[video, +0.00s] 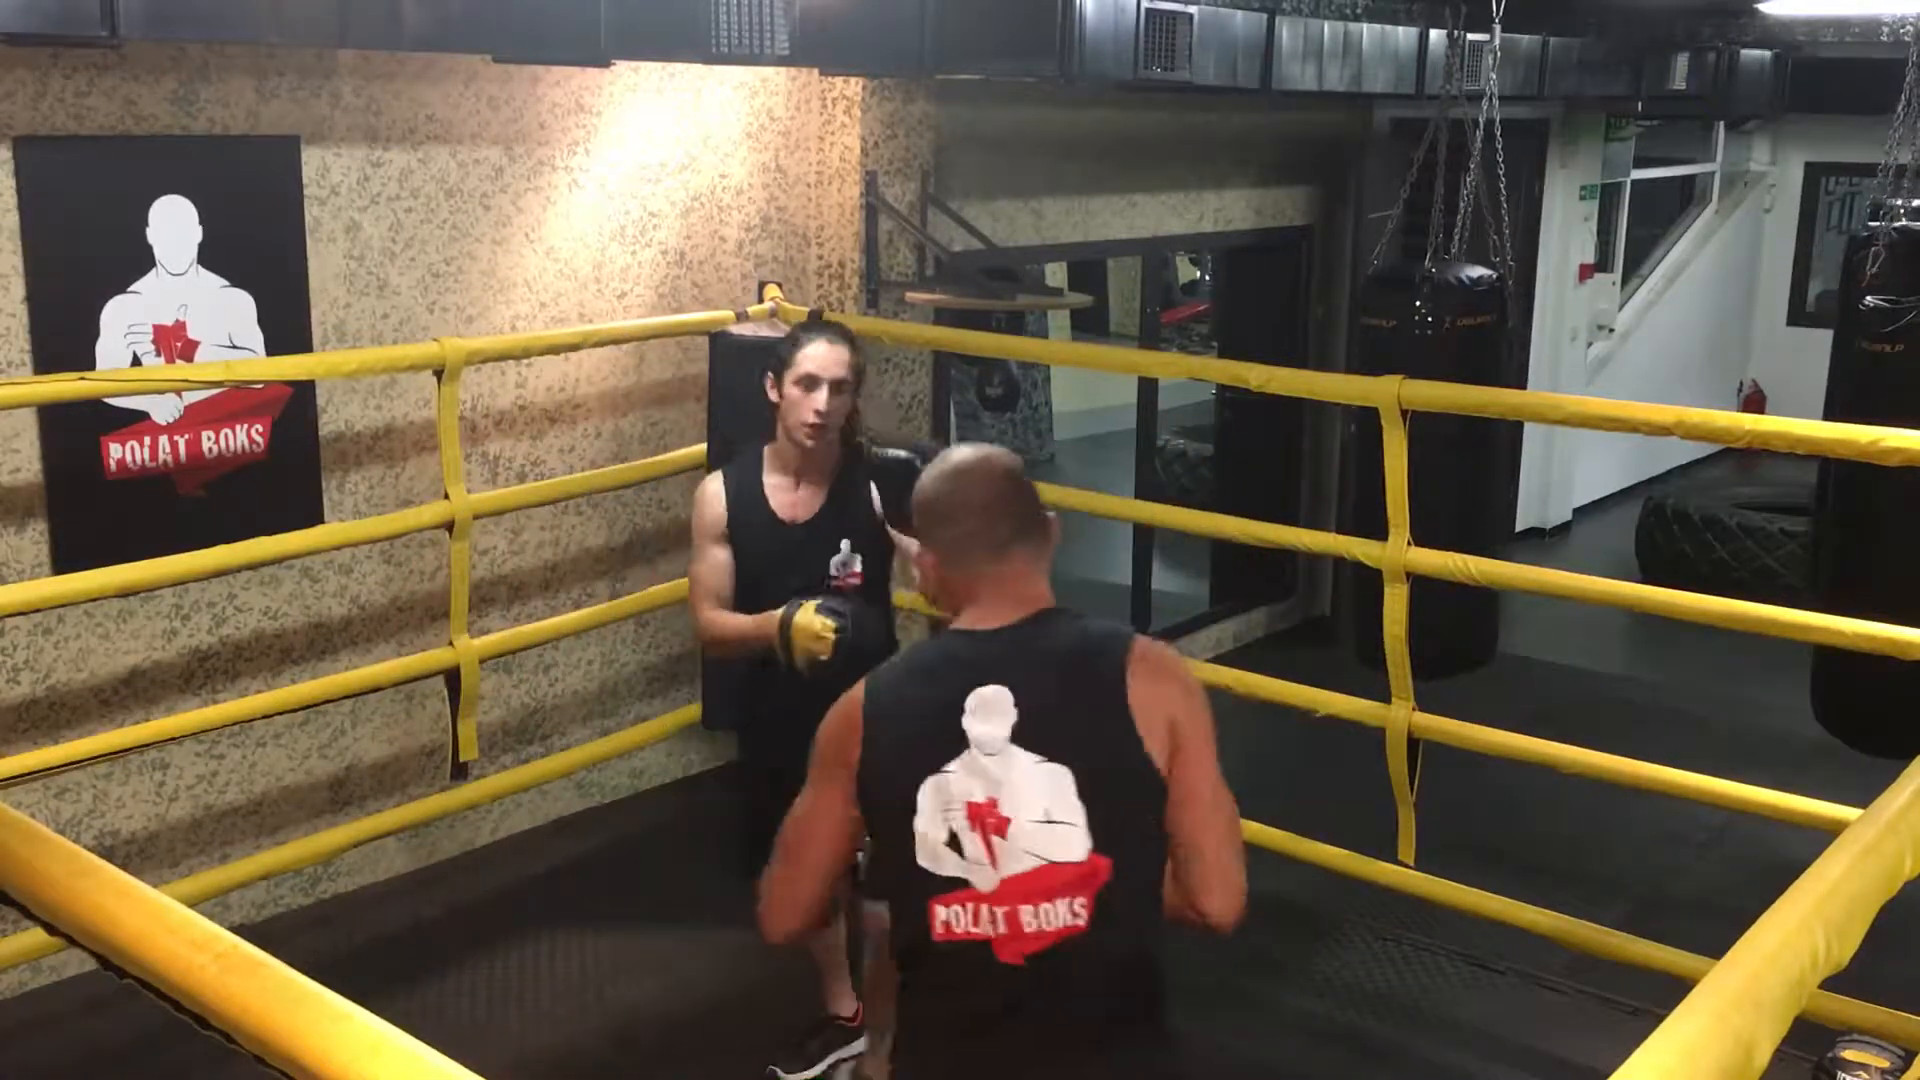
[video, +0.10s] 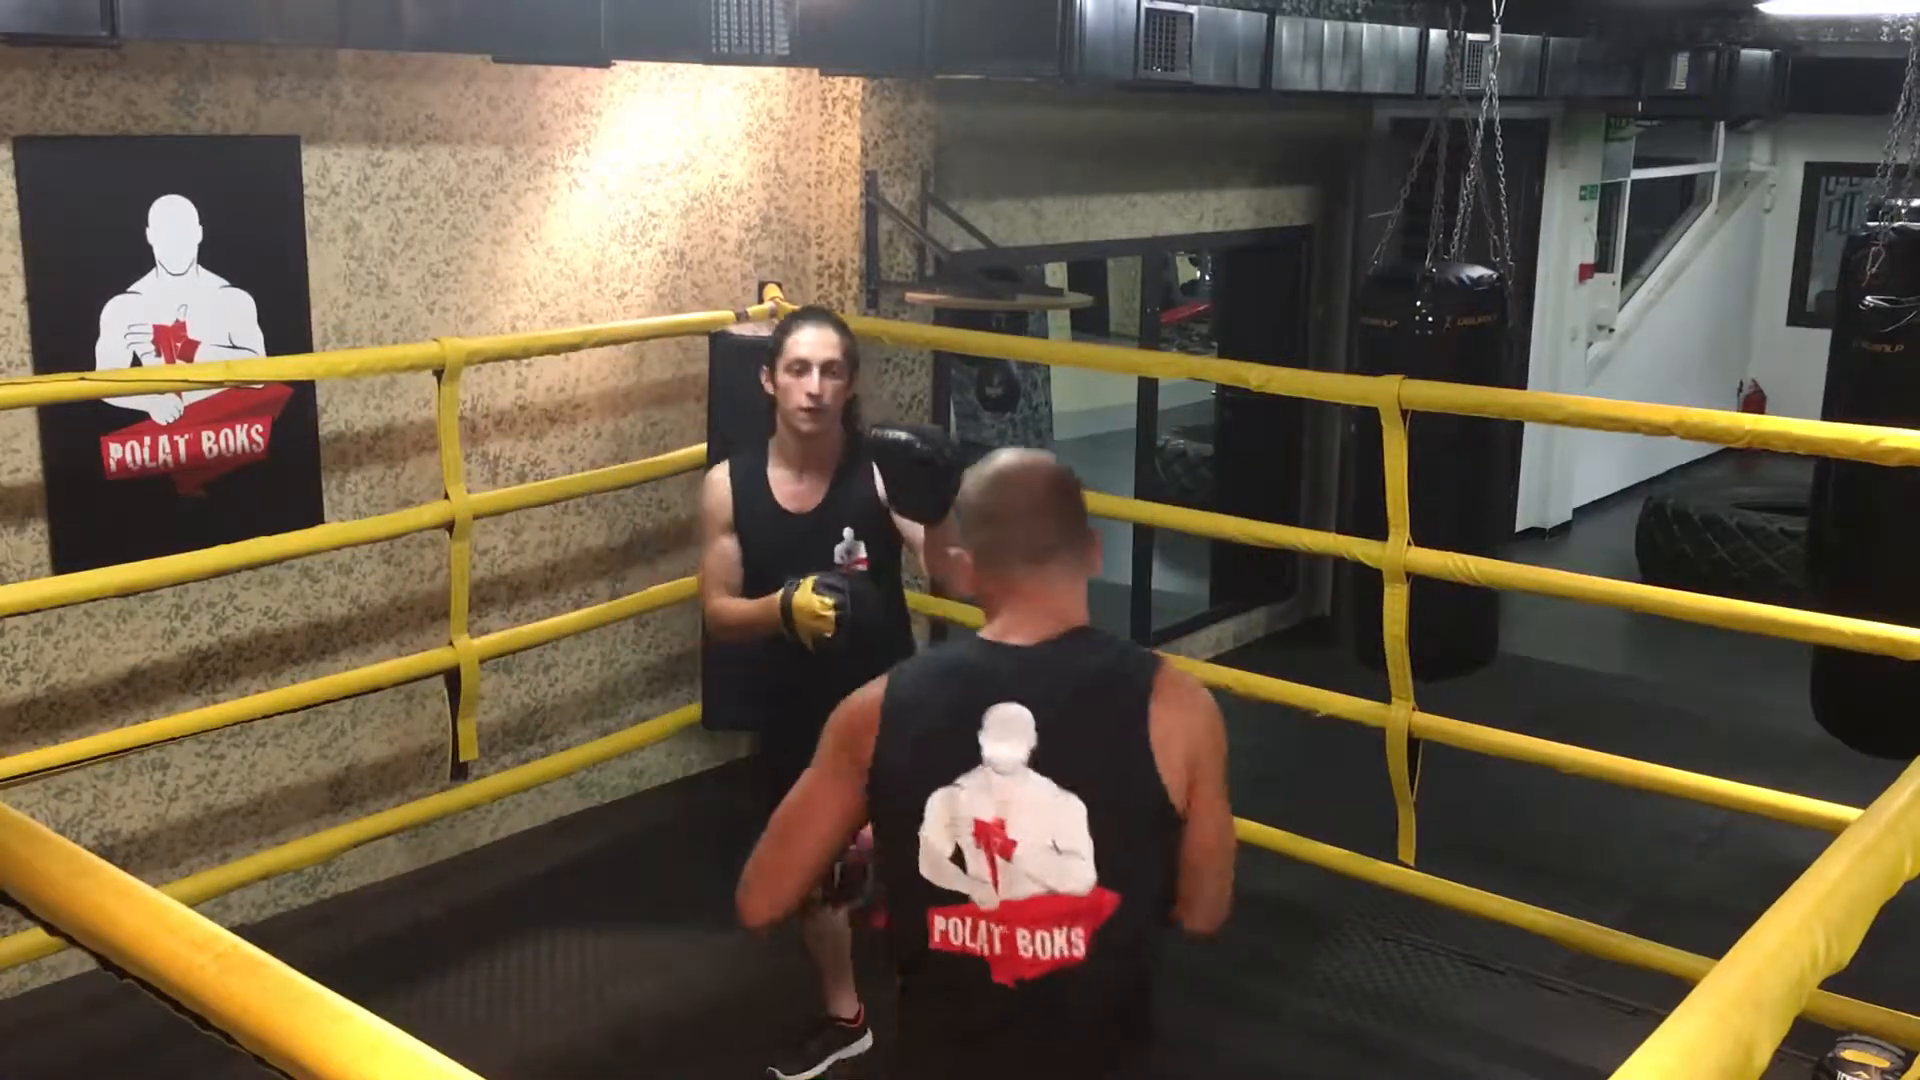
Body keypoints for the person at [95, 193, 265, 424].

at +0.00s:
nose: (176, 243)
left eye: (185, 231)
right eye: (167, 232)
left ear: (199, 233)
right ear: (149, 235)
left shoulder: (235, 303)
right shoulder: (124, 309)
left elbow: (258, 370)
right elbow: (106, 384)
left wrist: (186, 348)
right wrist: (150, 401)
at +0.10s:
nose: (176, 243)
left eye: (185, 231)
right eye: (167, 232)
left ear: (199, 234)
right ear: (149, 235)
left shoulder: (235, 303)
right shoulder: (124, 309)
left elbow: (258, 370)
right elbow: (107, 383)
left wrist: (183, 347)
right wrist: (151, 401)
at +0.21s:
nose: (176, 243)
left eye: (185, 231)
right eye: (167, 232)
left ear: (199, 234)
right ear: (150, 235)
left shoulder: (235, 303)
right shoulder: (124, 309)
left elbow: (258, 370)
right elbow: (106, 384)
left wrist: (185, 348)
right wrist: (151, 401)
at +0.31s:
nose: (176, 243)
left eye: (185, 231)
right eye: (167, 232)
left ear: (199, 234)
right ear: (149, 236)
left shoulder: (235, 303)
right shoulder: (124, 309)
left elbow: (258, 370)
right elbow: (107, 383)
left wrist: (183, 347)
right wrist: (151, 401)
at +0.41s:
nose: (176, 244)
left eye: (185, 231)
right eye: (167, 232)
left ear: (199, 234)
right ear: (149, 236)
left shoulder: (235, 303)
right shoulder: (124, 309)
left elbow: (258, 370)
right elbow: (106, 384)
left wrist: (183, 347)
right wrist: (151, 401)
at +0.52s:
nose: (176, 244)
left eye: (185, 231)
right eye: (167, 232)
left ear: (199, 234)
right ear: (149, 236)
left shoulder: (236, 303)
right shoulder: (124, 309)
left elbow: (258, 370)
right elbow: (106, 384)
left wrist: (183, 348)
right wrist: (151, 401)